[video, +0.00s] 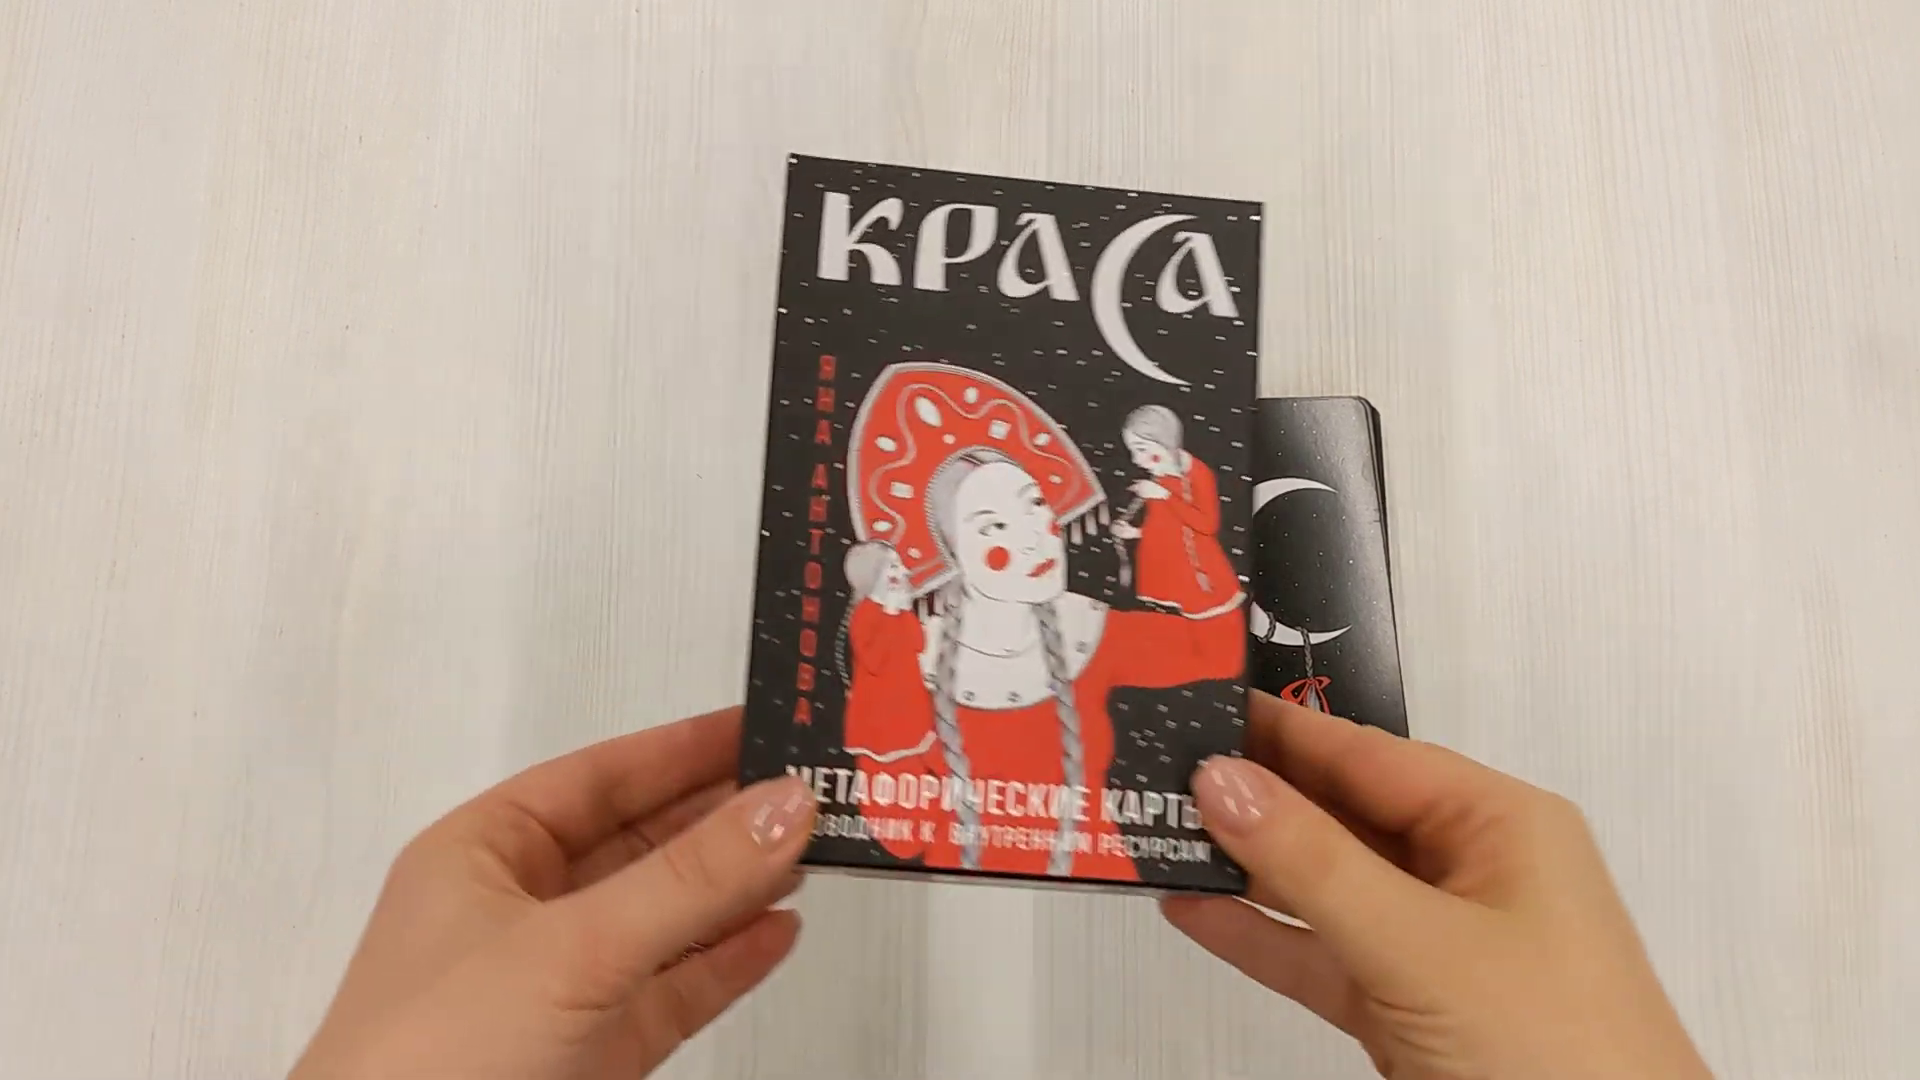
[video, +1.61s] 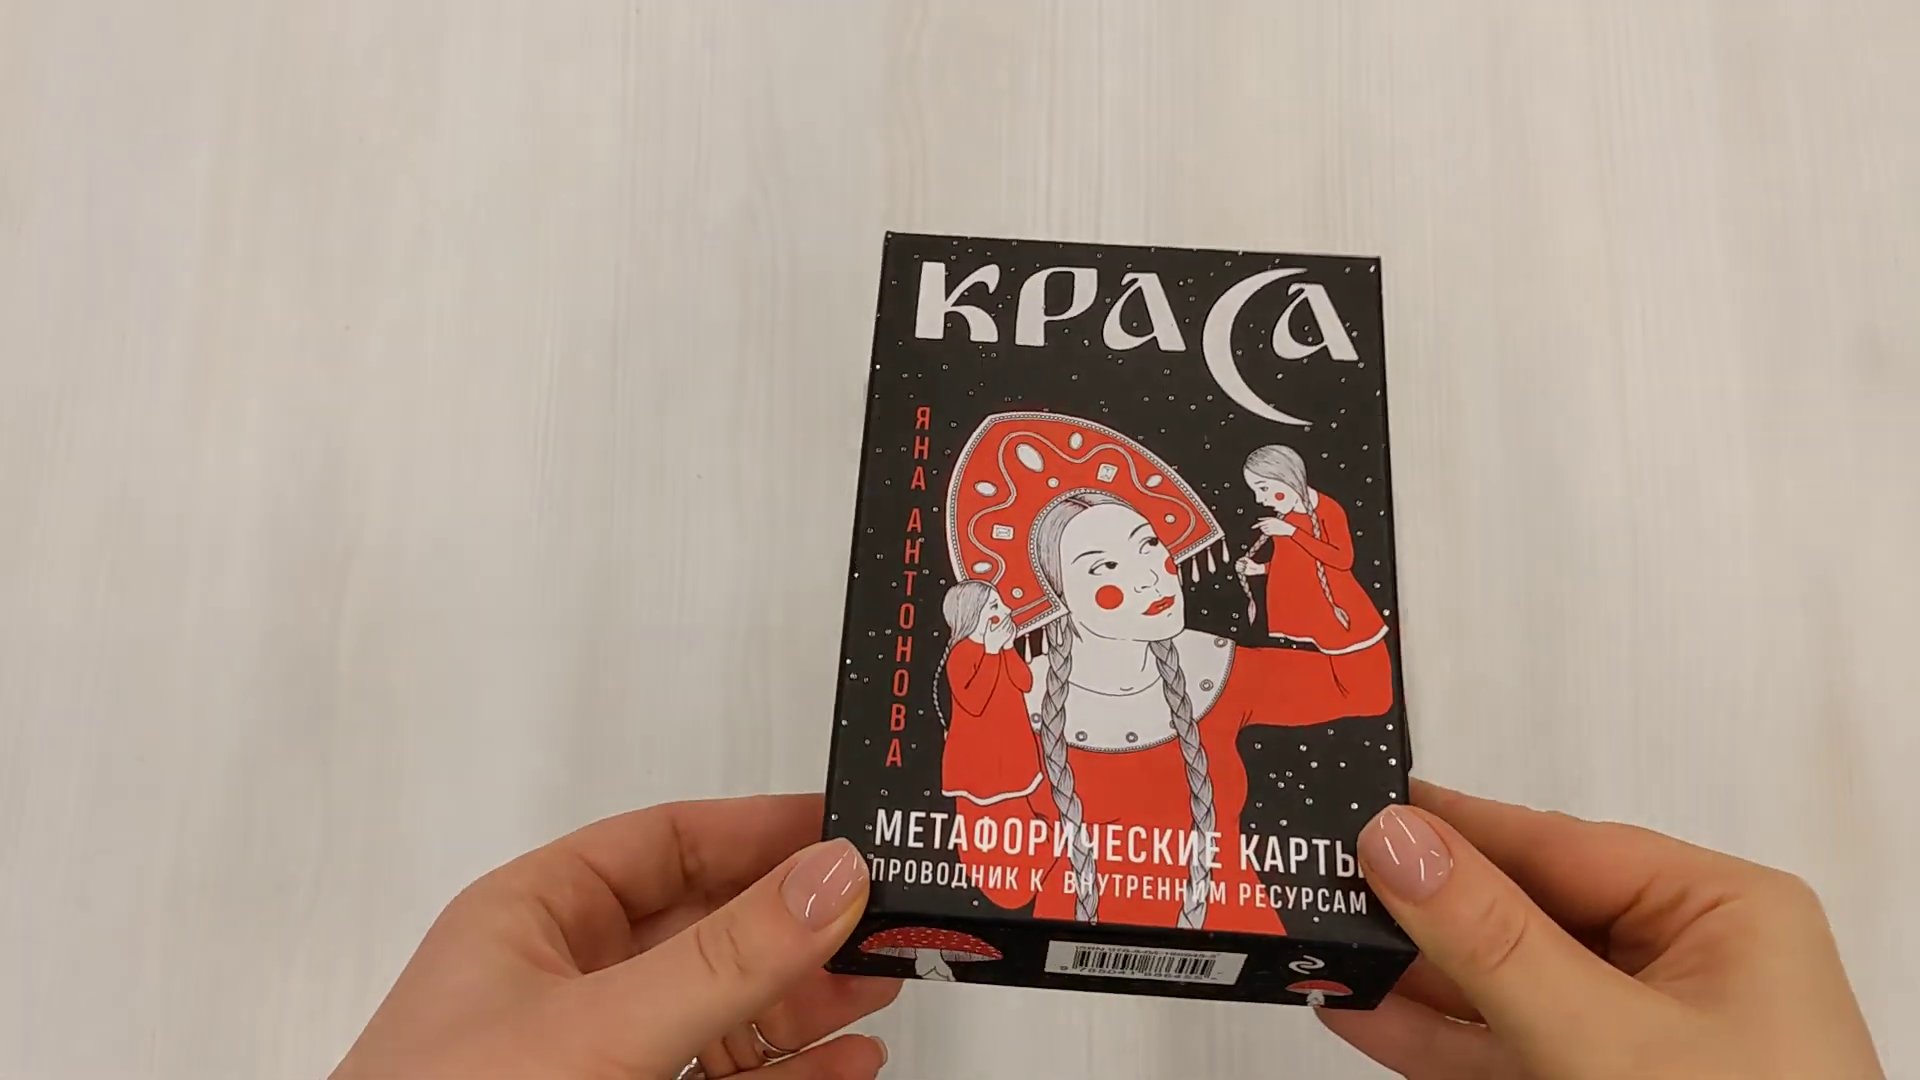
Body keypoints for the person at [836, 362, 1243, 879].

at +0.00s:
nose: (1036, 537)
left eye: (1035, 507)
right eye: (991, 527)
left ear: (1055, 517)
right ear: (955, 556)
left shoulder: (1082, 633)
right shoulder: (913, 655)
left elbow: (1216, 645)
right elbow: (903, 834)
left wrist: (1171, 506)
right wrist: (885, 630)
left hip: (1085, 894)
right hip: (955, 899)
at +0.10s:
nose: (1101, 570)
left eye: (1099, 538)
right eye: (1054, 560)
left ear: (1120, 548)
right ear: (1016, 590)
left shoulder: (1148, 669)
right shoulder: (973, 689)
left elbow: (1288, 683)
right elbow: (964, 883)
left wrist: (1248, 532)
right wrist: (944, 671)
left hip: (1153, 945)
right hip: (1017, 952)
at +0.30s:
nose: (1149, 605)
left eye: (1145, 570)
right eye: (1100, 596)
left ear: (1164, 577)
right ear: (1061, 629)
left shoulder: (1204, 705)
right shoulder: (1019, 733)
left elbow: (1349, 720)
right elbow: (1012, 933)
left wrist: (1308, 578)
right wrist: (987, 722)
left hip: (1214, 994)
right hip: (1073, 1001)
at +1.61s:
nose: (1151, 576)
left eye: (1147, 545)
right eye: (1102, 568)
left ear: (1165, 549)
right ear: (1064, 598)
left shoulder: (1209, 668)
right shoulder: (1021, 693)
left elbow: (1362, 687)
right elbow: (1005, 880)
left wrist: (1308, 548)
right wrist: (981, 694)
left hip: (1235, 948)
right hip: (1087, 953)